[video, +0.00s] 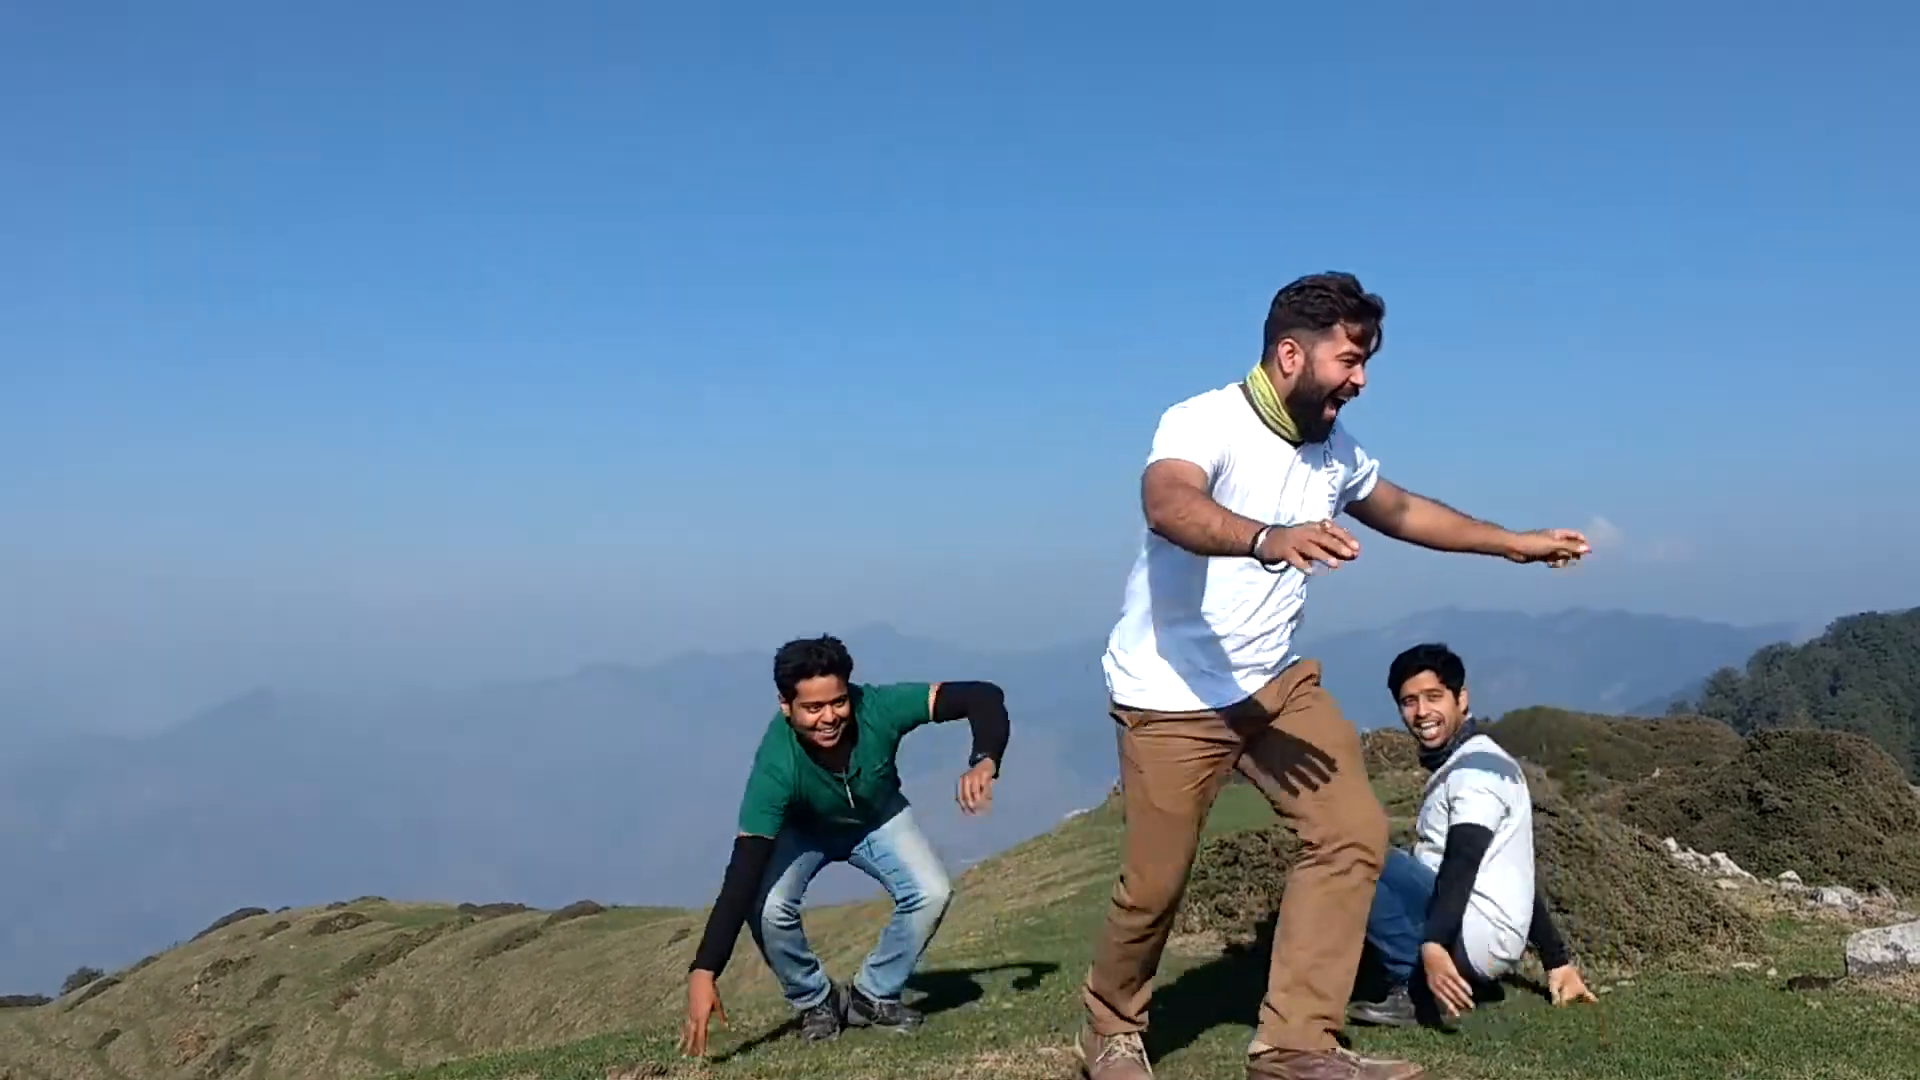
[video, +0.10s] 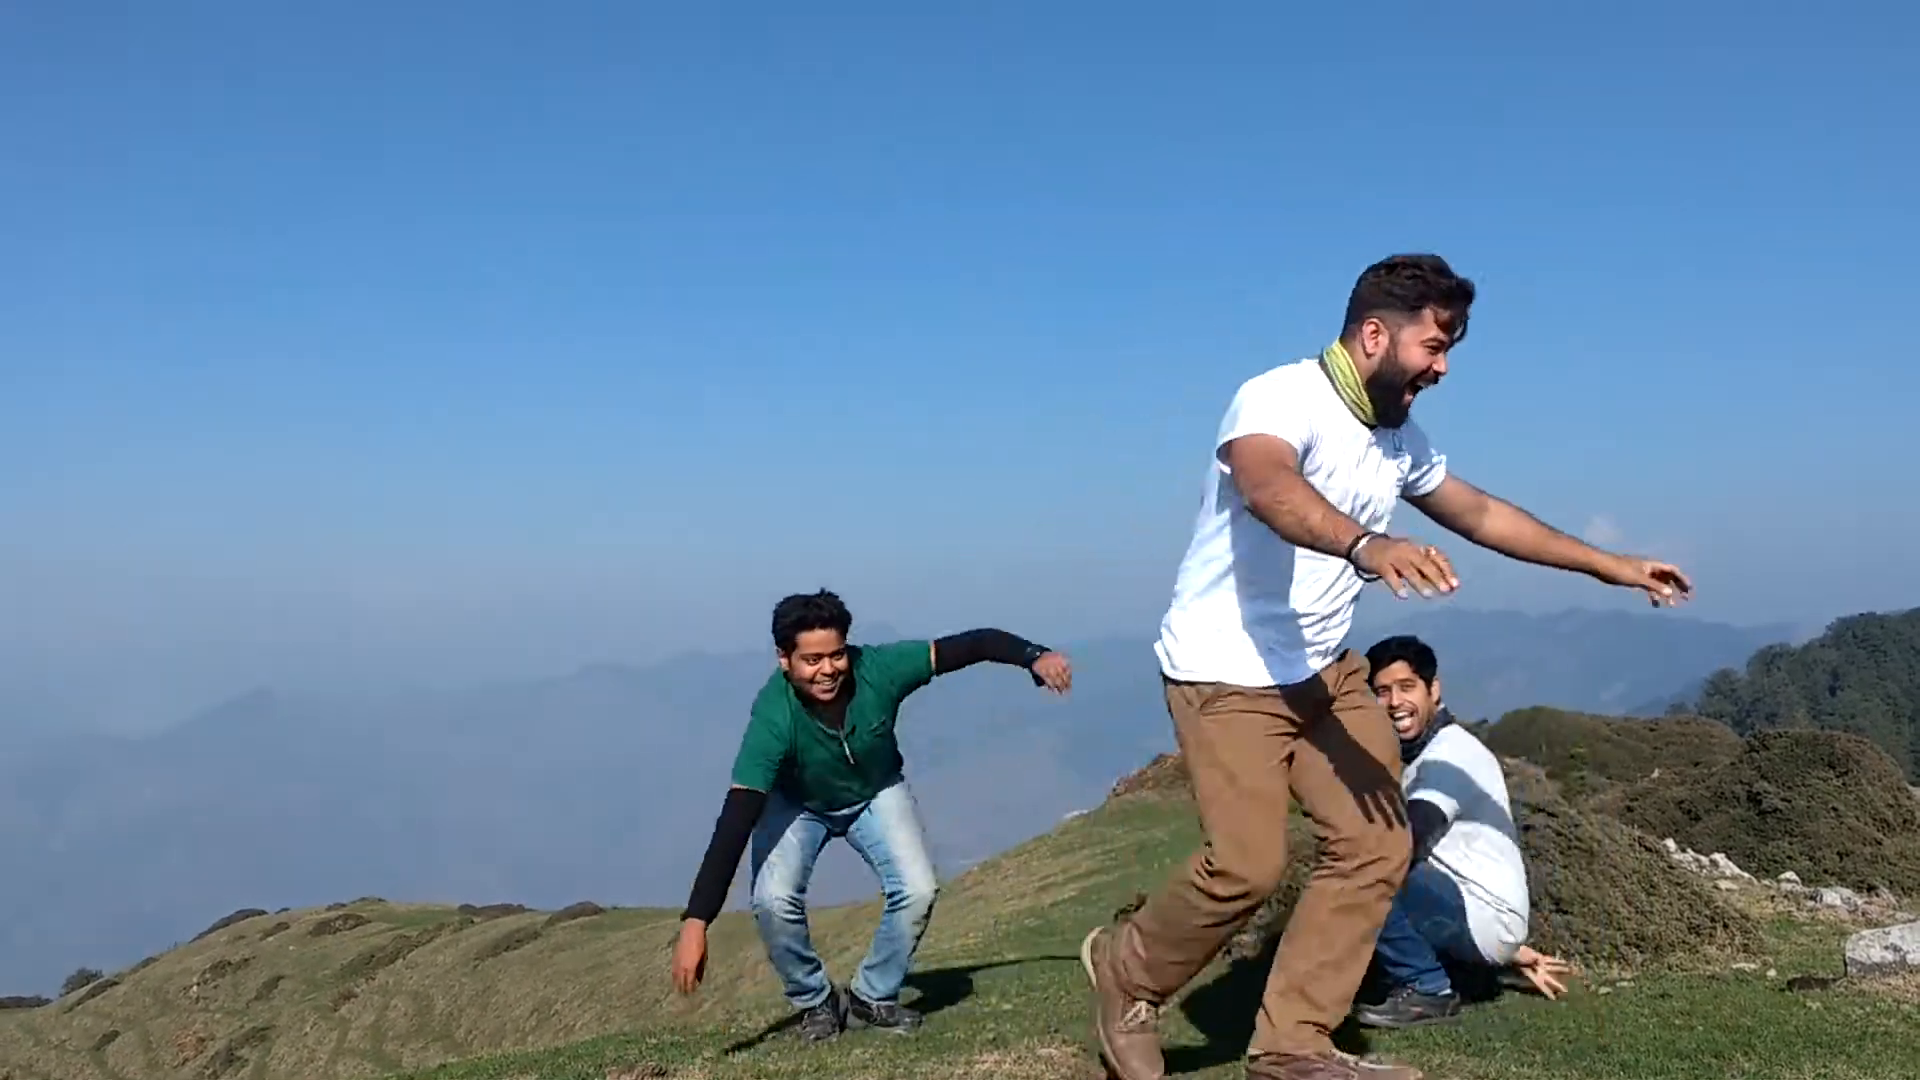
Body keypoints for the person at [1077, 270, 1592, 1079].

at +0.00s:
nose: (1359, 380)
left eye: (1365, 362)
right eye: (1348, 359)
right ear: (1288, 351)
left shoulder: (1333, 451)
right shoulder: (1202, 421)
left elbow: (1400, 512)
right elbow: (1169, 507)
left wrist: (1514, 543)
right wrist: (1264, 537)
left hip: (1276, 683)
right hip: (1172, 695)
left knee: (1349, 834)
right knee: (1153, 889)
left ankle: (1295, 1044)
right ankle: (1115, 1024)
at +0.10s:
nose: (1443, 367)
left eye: (1448, 350)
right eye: (1434, 345)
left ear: (1383, 340)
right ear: (1371, 332)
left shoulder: (1396, 440)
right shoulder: (1277, 397)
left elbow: (1483, 515)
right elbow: (1265, 486)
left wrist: (1608, 564)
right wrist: (1362, 545)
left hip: (1325, 673)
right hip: (1224, 675)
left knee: (1375, 845)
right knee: (1246, 868)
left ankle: (1293, 1043)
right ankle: (1126, 969)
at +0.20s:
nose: (1523, 370)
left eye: (1530, 352)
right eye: (1517, 347)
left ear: (1467, 342)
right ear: (1454, 333)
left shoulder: (1458, 441)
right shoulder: (1359, 392)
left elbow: (1566, 522)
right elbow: (1370, 490)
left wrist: (1697, 586)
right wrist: (1481, 560)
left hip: (1360, 660)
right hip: (1288, 648)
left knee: (1417, 839)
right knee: (1414, 806)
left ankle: (1309, 1025)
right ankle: (1249, 951)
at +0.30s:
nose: (1609, 370)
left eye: (1616, 353)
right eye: (1603, 348)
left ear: (1549, 342)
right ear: (1542, 336)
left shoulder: (1535, 435)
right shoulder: (1447, 395)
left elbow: (1647, 517)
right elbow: (1486, 511)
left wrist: (1780, 587)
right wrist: (1612, 593)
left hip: (1401, 643)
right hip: (1367, 638)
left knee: (1434, 872)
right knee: (1548, 766)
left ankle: (1297, 1048)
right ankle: (1540, 1033)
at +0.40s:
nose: (1708, 360)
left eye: (1716, 342)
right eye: (1703, 338)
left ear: (1644, 326)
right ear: (1641, 323)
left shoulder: (1623, 407)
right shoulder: (1548, 395)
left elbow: (1727, 494)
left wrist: (1851, 575)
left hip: (1508, 640)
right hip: (1465, 640)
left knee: (1498, 868)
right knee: (1650, 799)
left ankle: (1323, 1024)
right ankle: (1733, 1060)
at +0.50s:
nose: (1825, 382)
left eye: (1834, 363)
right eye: (1823, 358)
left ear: (1761, 340)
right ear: (1762, 338)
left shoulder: (1692, 396)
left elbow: (1808, 513)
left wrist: (1908, 598)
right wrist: (1915, 653)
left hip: (1566, 641)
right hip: (1567, 644)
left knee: (1695, 833)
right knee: (1773, 806)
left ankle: (1488, 948)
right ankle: (1761, 1061)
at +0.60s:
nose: (1915, 424)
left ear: (1876, 369)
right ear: (1888, 375)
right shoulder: (1799, 433)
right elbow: (1914, 600)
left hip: (1679, 640)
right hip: (1630, 659)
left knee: (1853, 773)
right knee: (1845, 816)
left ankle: (1763, 1010)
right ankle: (1766, 1053)